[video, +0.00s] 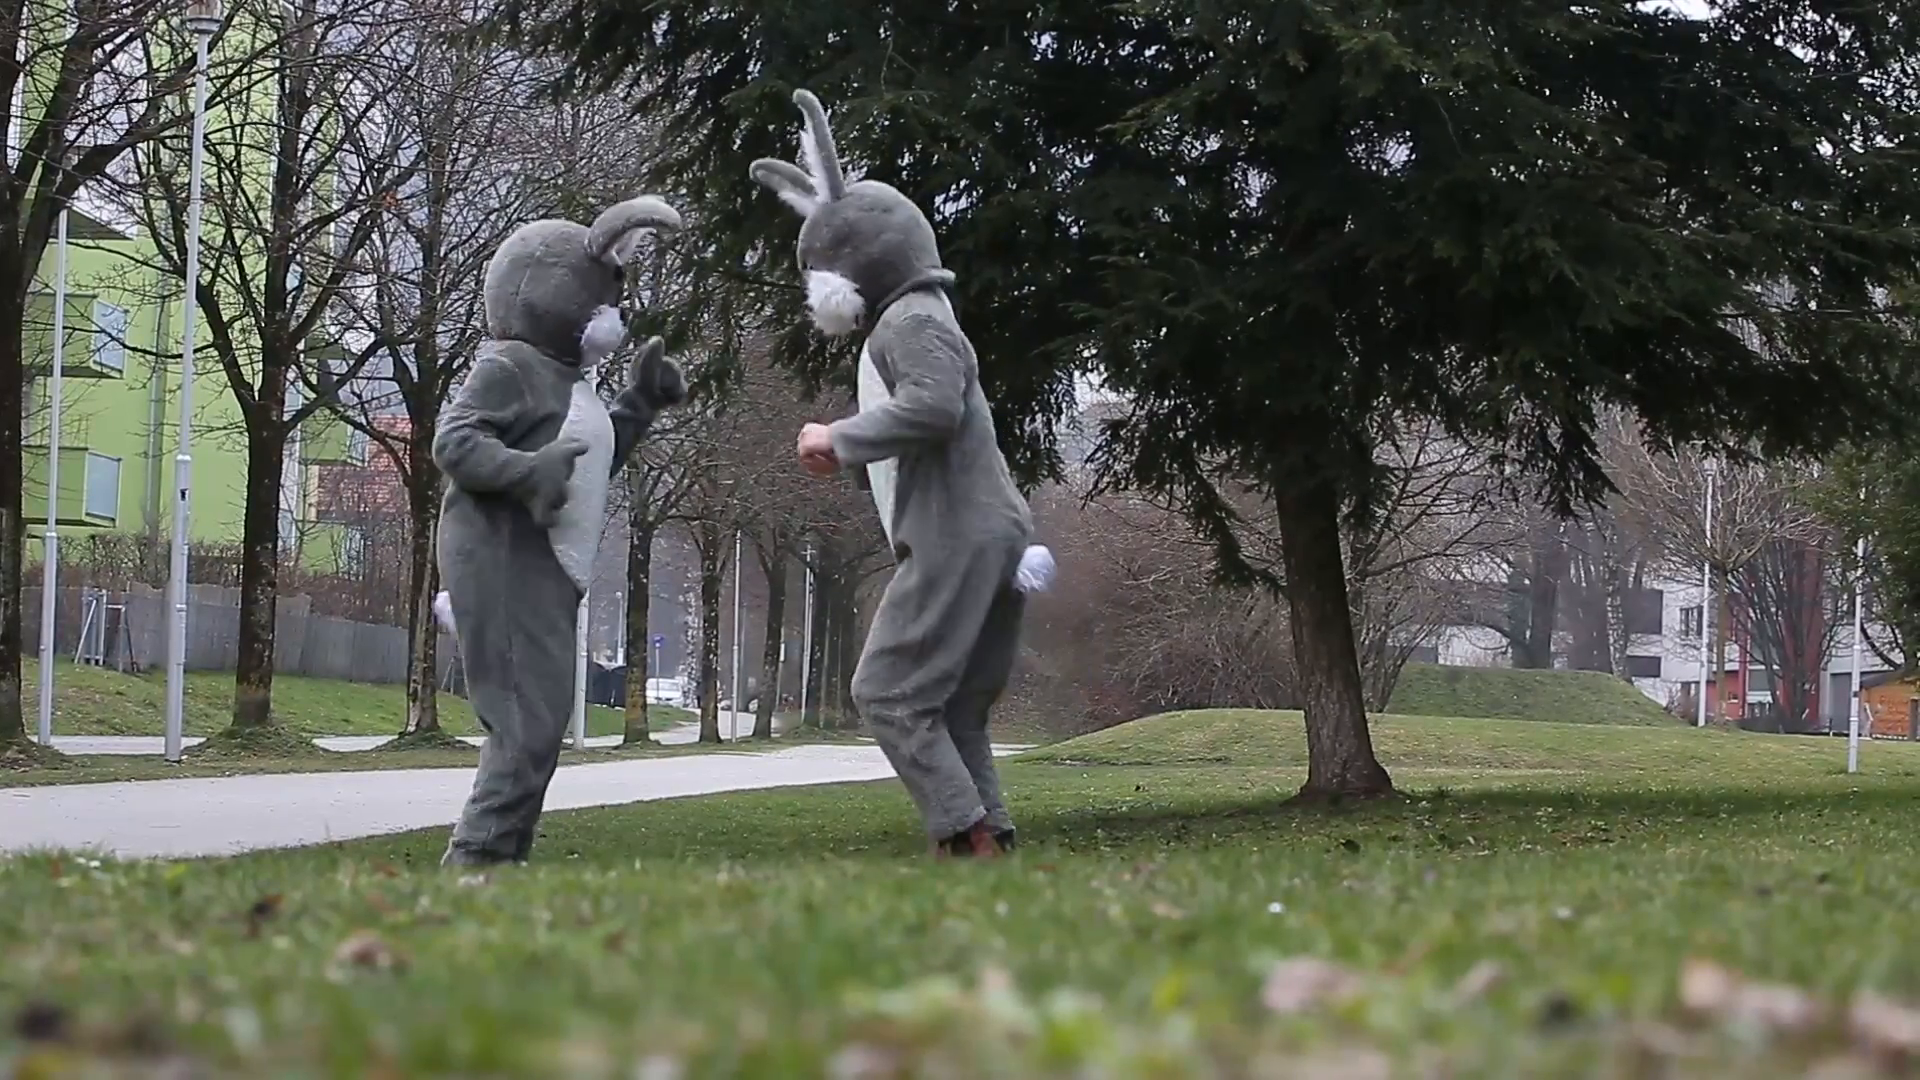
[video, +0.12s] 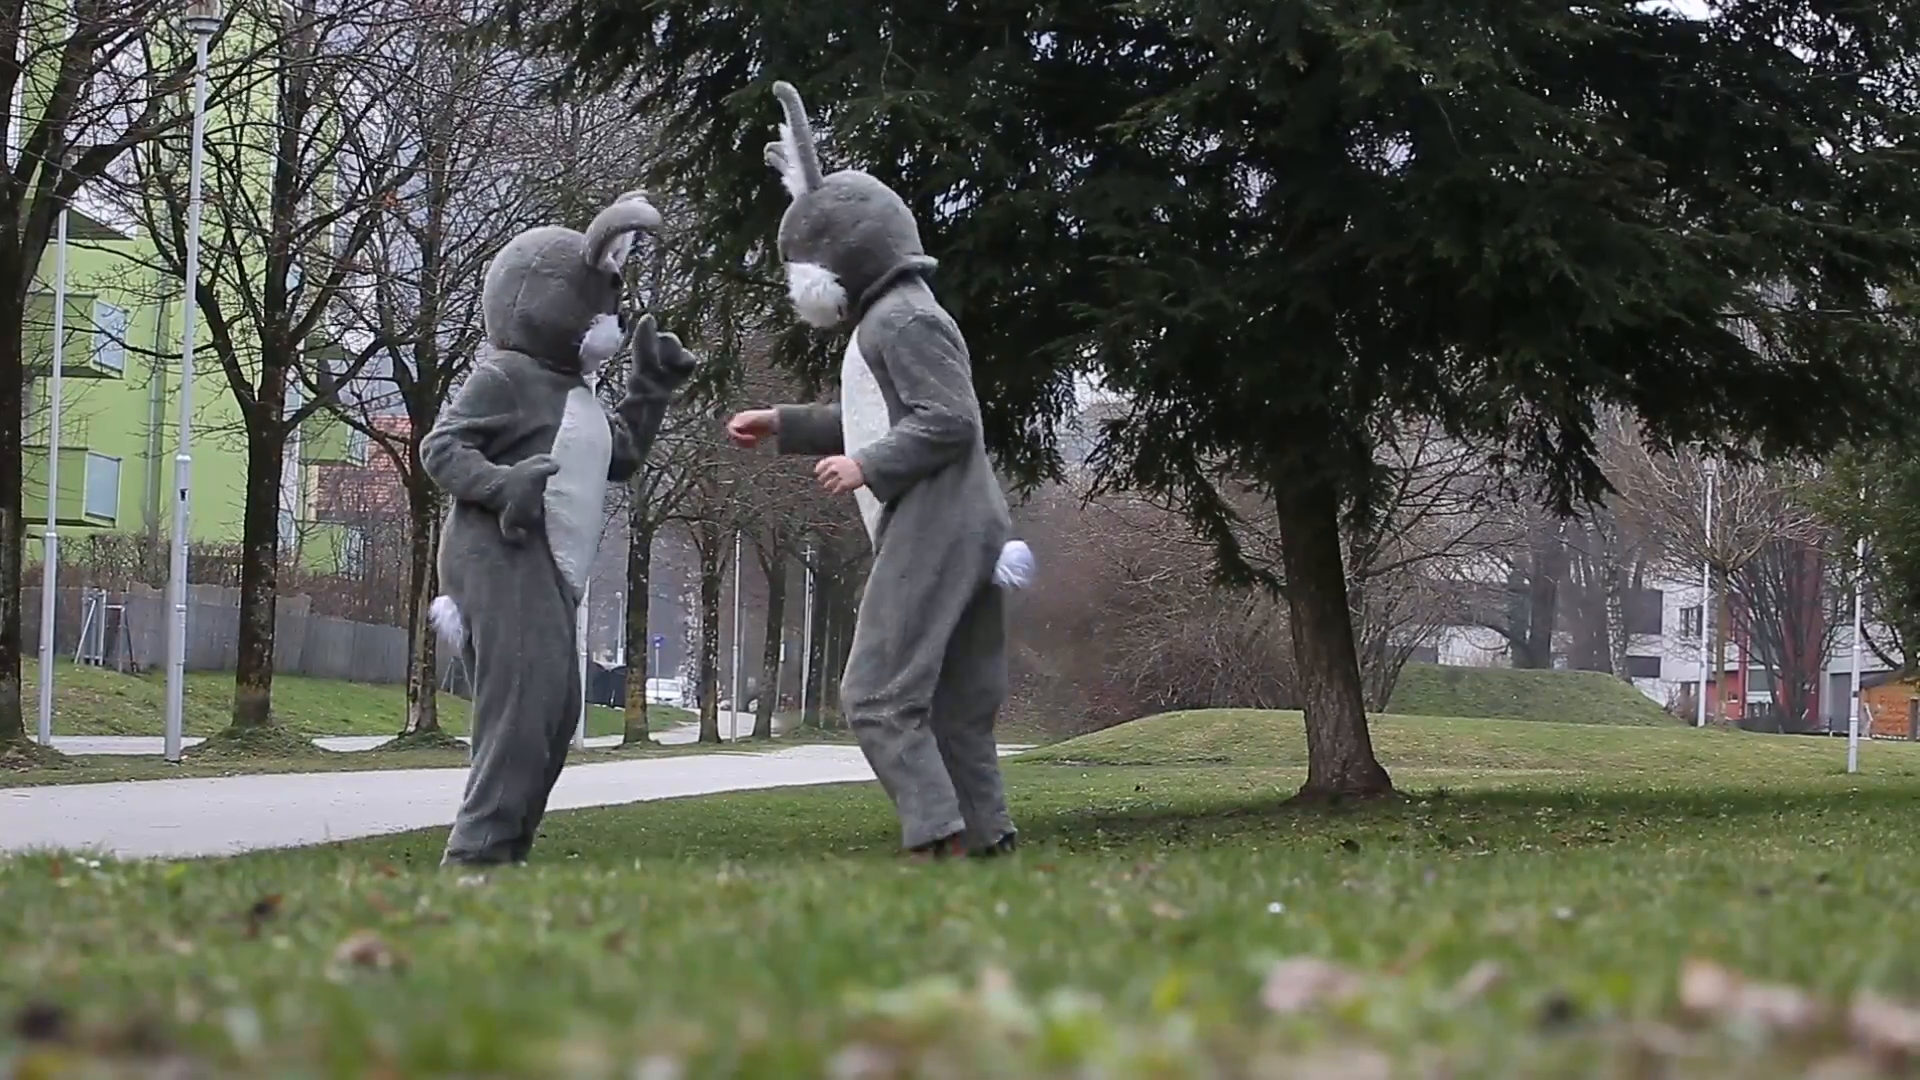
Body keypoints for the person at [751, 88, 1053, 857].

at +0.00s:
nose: (815, 291)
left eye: (821, 272)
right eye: (812, 275)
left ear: (860, 261)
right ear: (882, 257)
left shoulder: (912, 319)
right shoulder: (915, 323)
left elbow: (933, 406)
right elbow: (925, 418)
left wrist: (842, 436)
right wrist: (845, 445)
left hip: (957, 537)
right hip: (987, 534)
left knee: (887, 692)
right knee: (955, 705)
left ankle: (967, 837)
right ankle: (988, 838)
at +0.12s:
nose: (800, 283)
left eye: (805, 265)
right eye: (797, 268)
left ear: (844, 253)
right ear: (861, 250)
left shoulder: (902, 319)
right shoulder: (883, 324)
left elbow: (952, 422)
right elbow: (866, 423)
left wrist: (868, 465)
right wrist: (781, 424)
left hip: (938, 519)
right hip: (957, 519)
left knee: (876, 692)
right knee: (961, 696)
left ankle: (937, 835)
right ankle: (987, 836)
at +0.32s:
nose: (755, 282)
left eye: (760, 263)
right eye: (752, 266)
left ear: (797, 248)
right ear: (801, 249)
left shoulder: (862, 315)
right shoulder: (827, 325)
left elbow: (899, 418)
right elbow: (798, 413)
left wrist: (811, 464)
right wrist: (703, 425)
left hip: (894, 531)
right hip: (857, 532)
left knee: (871, 697)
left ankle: (925, 851)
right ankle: (955, 821)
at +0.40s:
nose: (732, 273)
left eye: (736, 255)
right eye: (728, 259)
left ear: (772, 245)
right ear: (785, 240)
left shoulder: (835, 306)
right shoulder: (805, 313)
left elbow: (848, 412)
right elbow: (775, 408)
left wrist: (748, 452)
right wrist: (691, 425)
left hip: (872, 540)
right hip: (830, 540)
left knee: (876, 704)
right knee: (785, 689)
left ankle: (930, 854)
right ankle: (887, 815)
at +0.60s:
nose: (656, 261)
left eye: (663, 242)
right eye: (653, 246)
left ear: (701, 233)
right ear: (721, 230)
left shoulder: (756, 302)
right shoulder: (729, 311)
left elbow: (695, 397)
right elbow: (690, 411)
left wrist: (598, 428)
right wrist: (614, 445)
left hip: (787, 535)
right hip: (734, 546)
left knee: (817, 694)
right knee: (690, 689)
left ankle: (910, 835)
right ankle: (724, 842)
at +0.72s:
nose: (617, 260)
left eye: (619, 242)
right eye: (613, 246)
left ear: (652, 227)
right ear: (675, 221)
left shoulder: (710, 292)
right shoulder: (685, 300)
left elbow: (676, 387)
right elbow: (661, 405)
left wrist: (576, 425)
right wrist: (603, 458)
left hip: (712, 528)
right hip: (677, 531)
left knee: (667, 678)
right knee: (660, 685)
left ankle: (815, 775)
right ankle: (719, 839)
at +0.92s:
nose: (524, 237)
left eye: (526, 219)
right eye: (520, 223)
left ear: (561, 198)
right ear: (611, 187)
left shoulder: (596, 245)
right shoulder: (668, 267)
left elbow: (625, 330)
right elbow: (712, 383)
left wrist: (648, 401)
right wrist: (749, 430)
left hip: (602, 457)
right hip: (662, 474)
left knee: (512, 594)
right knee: (622, 643)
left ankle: (557, 770)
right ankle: (621, 826)